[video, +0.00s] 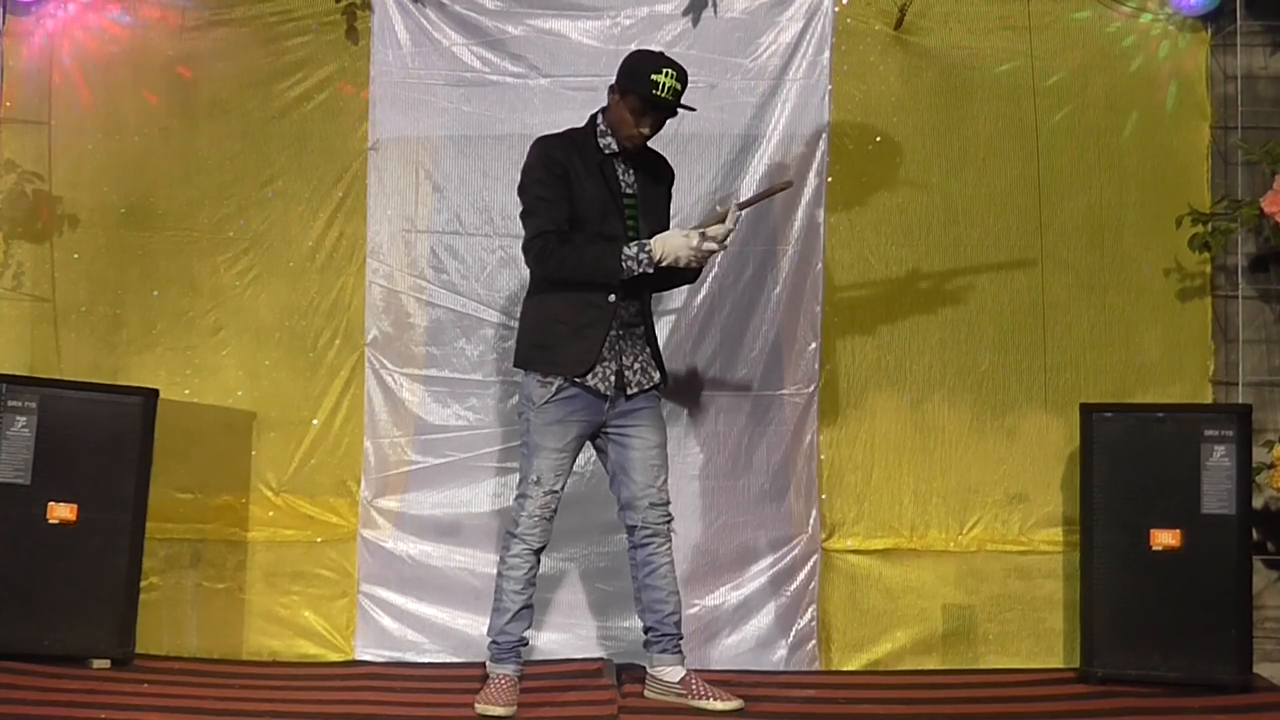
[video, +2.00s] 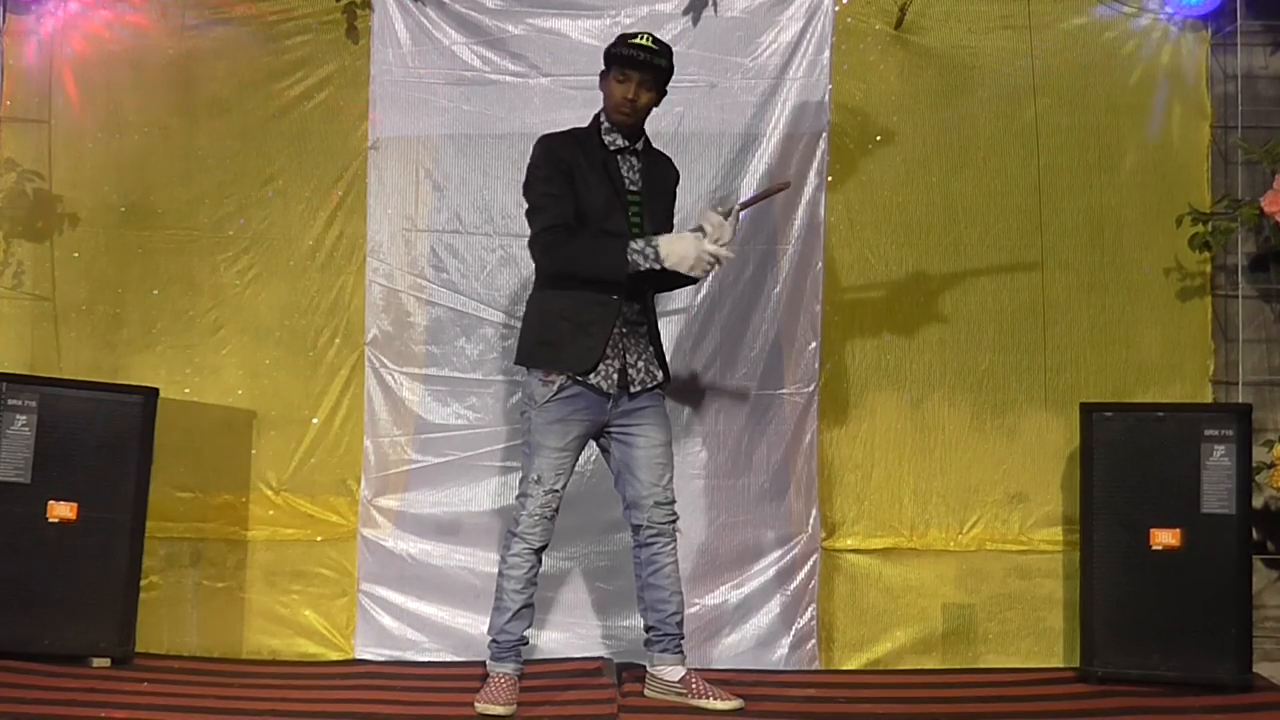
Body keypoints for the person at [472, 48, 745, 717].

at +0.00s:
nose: (651, 124)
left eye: (662, 115)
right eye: (645, 109)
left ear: (667, 115)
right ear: (615, 95)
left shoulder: (656, 172)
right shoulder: (553, 154)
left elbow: (641, 277)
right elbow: (545, 258)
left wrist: (693, 257)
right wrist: (647, 254)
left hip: (635, 375)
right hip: (561, 374)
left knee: (650, 519)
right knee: (532, 521)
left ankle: (666, 671)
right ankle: (503, 671)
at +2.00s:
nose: (633, 91)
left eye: (648, 83)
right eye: (623, 76)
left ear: (661, 94)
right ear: (603, 79)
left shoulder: (662, 173)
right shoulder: (557, 152)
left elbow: (642, 279)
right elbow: (553, 254)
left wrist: (695, 260)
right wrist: (652, 250)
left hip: (639, 372)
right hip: (564, 368)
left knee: (656, 518)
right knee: (534, 519)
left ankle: (667, 670)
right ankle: (503, 668)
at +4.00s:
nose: (620, 88)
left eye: (635, 79)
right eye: (611, 76)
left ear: (657, 90)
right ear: (598, 81)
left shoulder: (663, 170)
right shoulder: (554, 152)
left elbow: (650, 276)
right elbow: (533, 244)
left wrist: (691, 249)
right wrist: (632, 243)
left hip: (640, 373)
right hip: (565, 369)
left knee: (662, 520)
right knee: (533, 520)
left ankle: (666, 671)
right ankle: (503, 668)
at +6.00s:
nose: (616, 83)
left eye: (624, 71)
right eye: (600, 73)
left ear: (636, 77)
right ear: (576, 84)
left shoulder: (663, 160)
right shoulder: (550, 155)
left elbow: (663, 263)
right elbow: (558, 241)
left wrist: (712, 242)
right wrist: (612, 161)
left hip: (650, 374)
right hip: (569, 373)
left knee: (667, 522)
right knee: (536, 523)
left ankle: (672, 670)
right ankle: (503, 669)